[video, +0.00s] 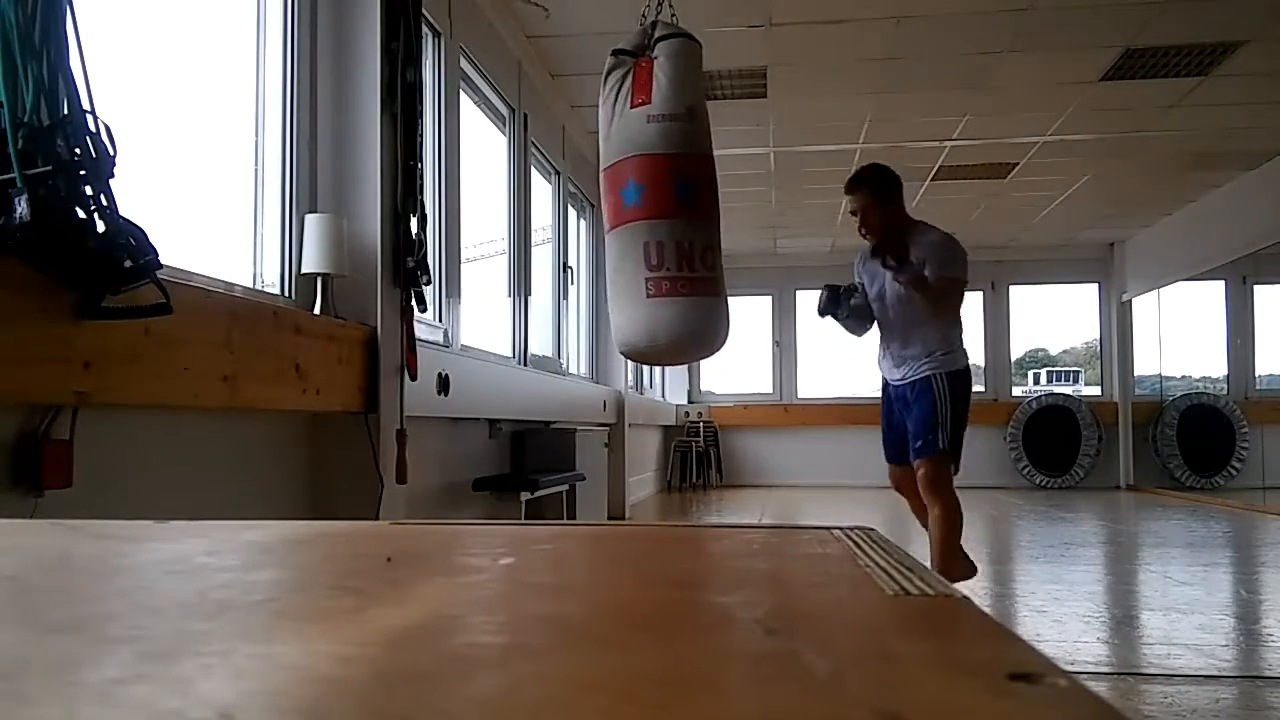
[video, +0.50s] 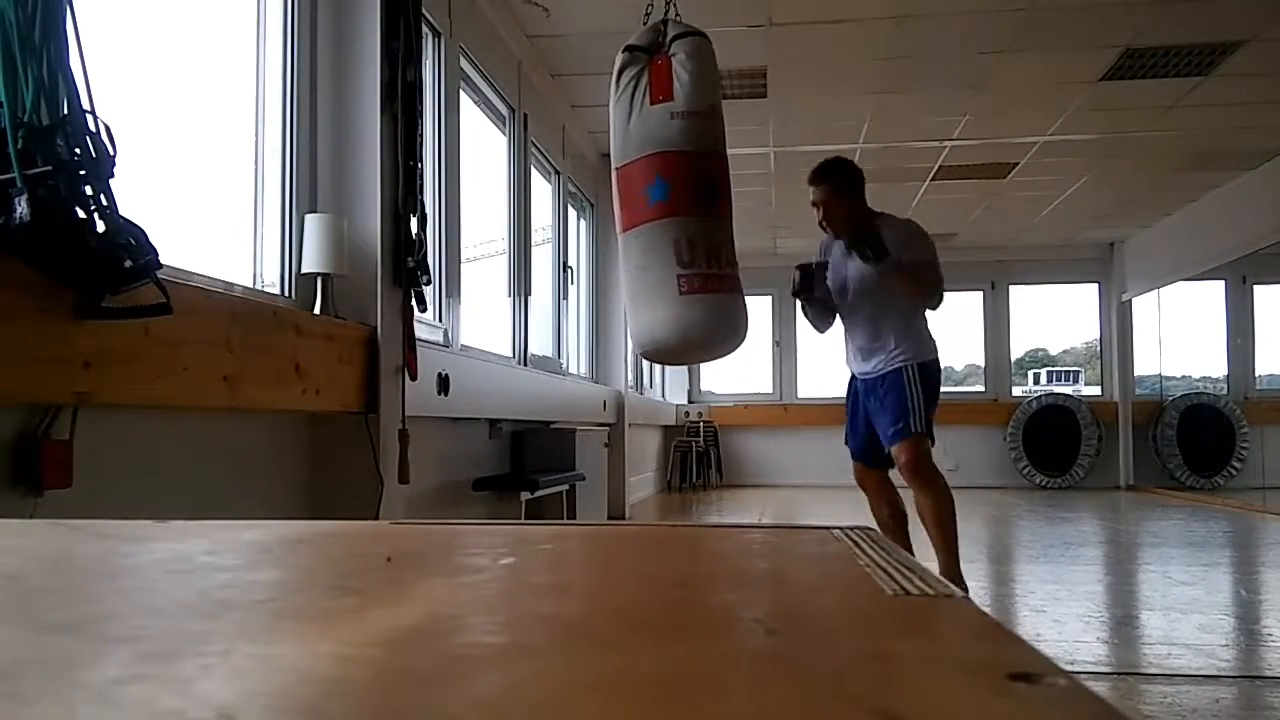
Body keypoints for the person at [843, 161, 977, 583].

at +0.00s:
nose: (858, 224)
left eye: (861, 213)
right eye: (854, 215)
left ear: (891, 204)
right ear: (873, 211)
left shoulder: (940, 246)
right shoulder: (867, 260)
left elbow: (947, 309)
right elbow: (863, 322)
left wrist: (914, 278)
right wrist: (841, 307)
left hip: (938, 371)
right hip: (895, 376)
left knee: (932, 477)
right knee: (902, 477)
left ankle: (938, 583)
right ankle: (957, 561)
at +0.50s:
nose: (818, 216)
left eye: (823, 204)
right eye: (815, 206)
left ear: (853, 197)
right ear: (823, 204)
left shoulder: (905, 234)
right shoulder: (832, 247)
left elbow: (932, 296)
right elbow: (823, 321)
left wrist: (885, 260)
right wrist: (809, 294)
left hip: (906, 362)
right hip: (863, 371)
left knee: (912, 461)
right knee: (867, 472)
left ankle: (952, 578)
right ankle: (904, 572)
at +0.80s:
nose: (797, 212)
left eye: (804, 199)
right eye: (793, 203)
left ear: (834, 196)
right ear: (793, 208)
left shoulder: (873, 232)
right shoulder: (812, 258)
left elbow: (917, 276)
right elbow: (789, 315)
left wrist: (850, 248)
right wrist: (772, 279)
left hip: (884, 370)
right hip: (858, 375)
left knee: (854, 469)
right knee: (842, 473)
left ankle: (892, 575)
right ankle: (876, 575)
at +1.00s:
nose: (793, 182)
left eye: (801, 169)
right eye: (790, 171)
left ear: (833, 166)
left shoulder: (873, 204)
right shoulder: (812, 221)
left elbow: (858, 257)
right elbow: (802, 293)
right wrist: (776, 271)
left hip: (882, 356)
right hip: (846, 361)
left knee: (851, 463)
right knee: (826, 465)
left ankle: (887, 578)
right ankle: (888, 565)